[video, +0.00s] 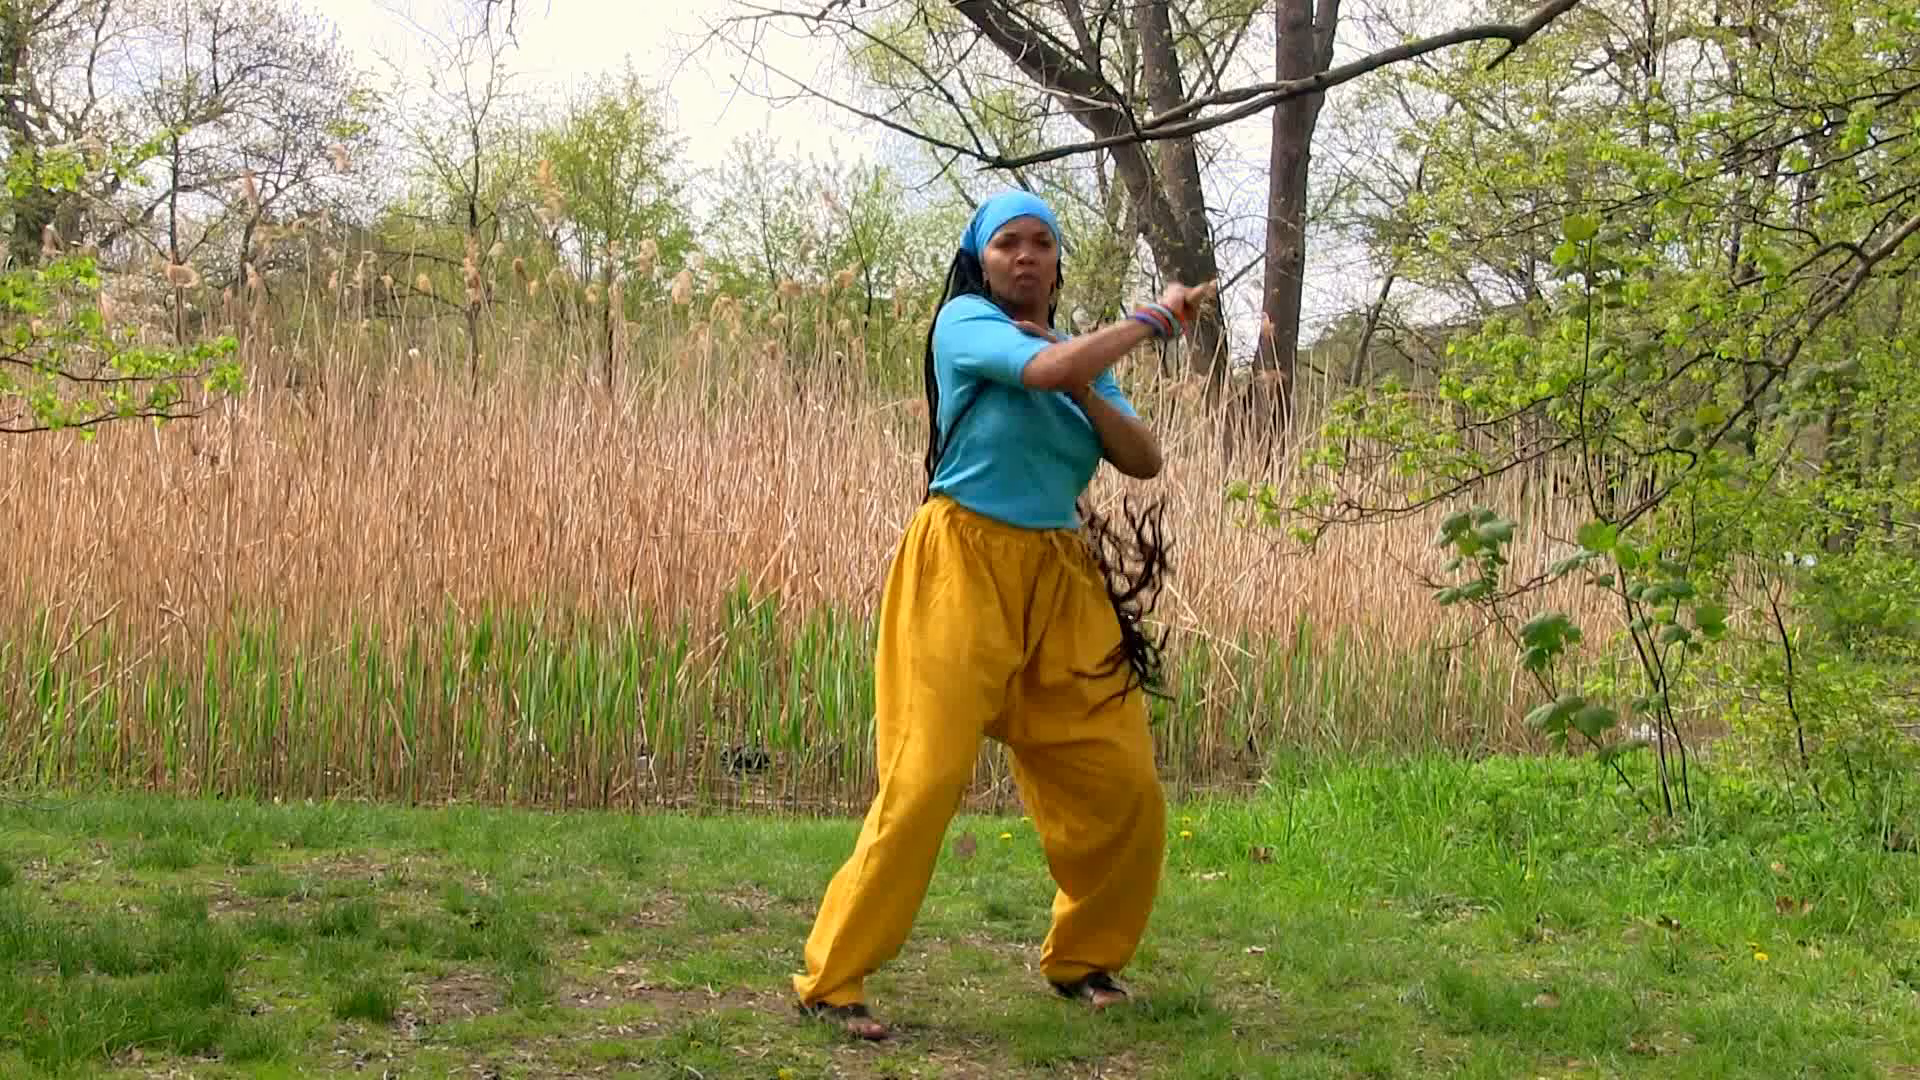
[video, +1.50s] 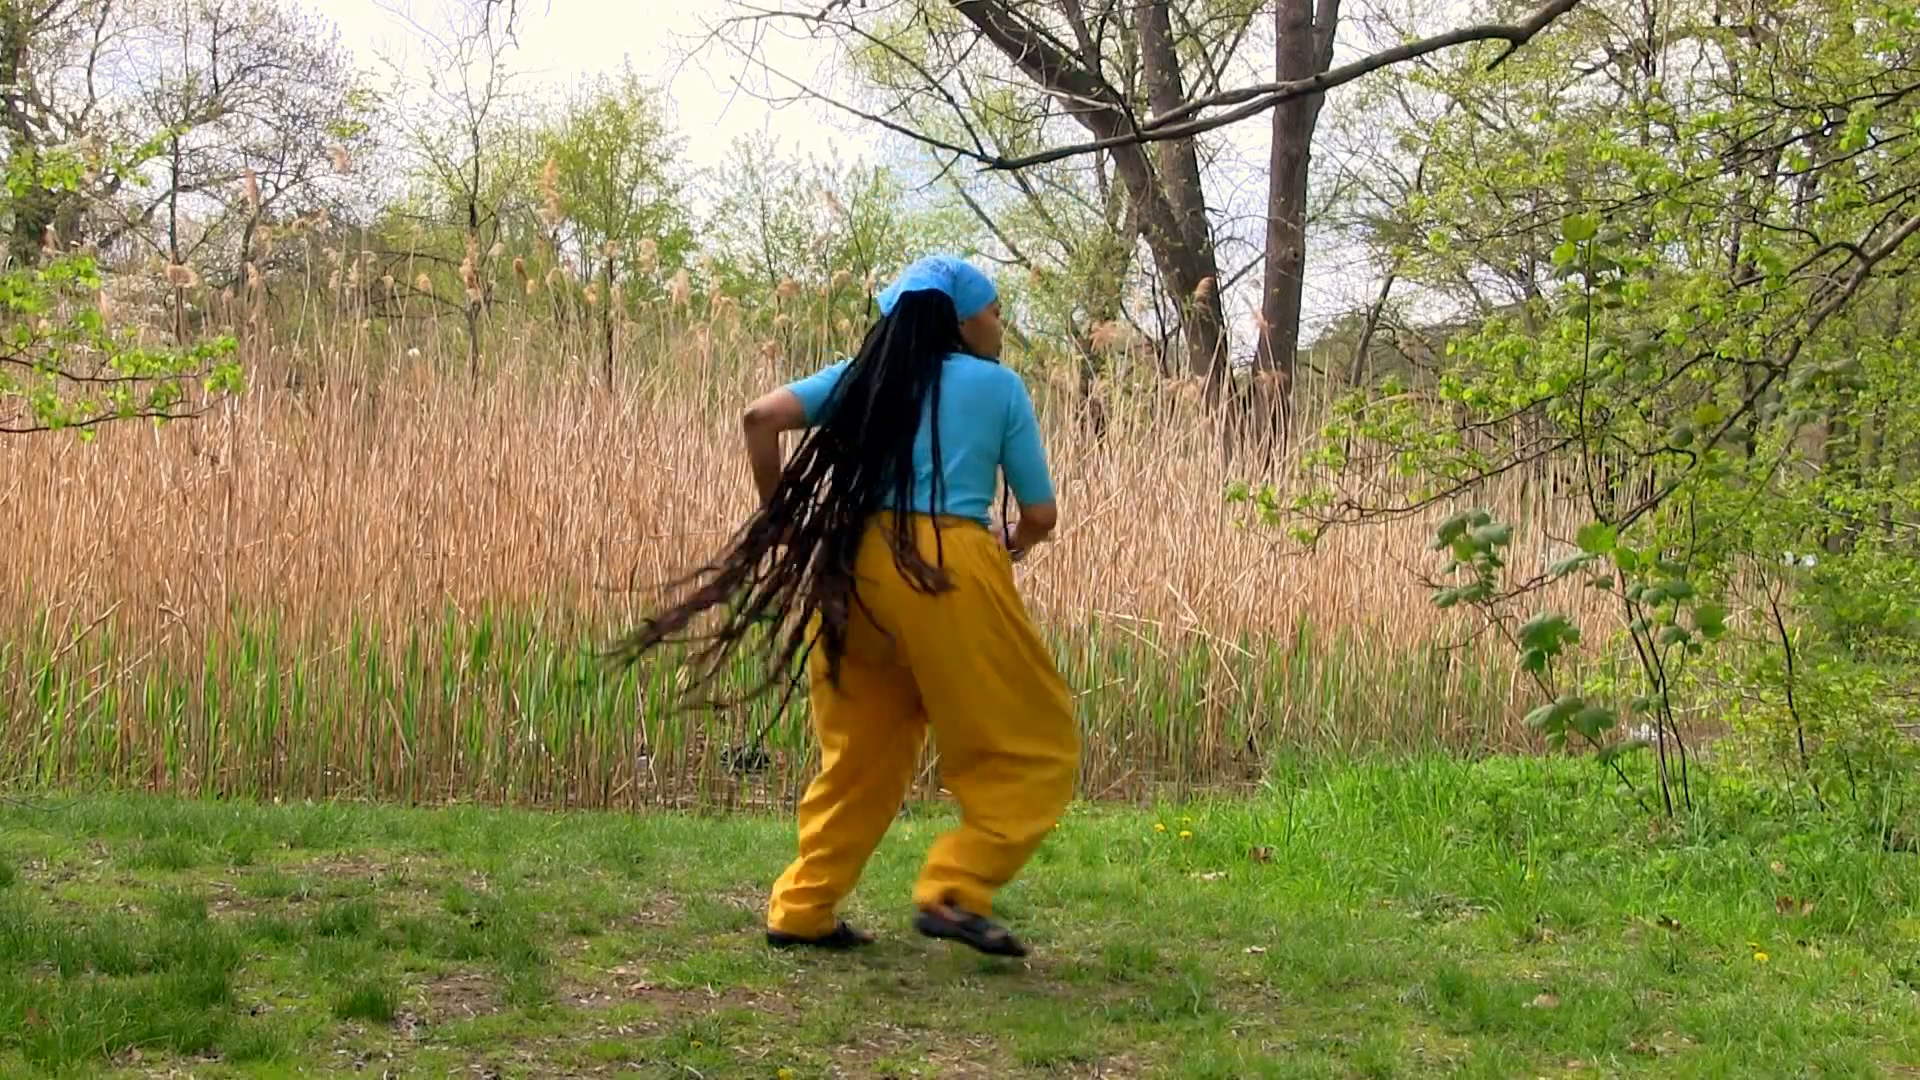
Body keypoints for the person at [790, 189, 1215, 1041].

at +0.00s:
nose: (1028, 256)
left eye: (1041, 244)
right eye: (1010, 244)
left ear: (1061, 263)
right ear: (980, 261)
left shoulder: (1079, 357)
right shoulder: (965, 322)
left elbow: (1145, 459)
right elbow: (1046, 366)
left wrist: (1090, 389)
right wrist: (1145, 320)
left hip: (1061, 572)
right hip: (963, 560)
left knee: (1127, 788)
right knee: (926, 778)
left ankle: (1079, 960)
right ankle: (831, 981)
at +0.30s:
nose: (1033, 230)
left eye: (1050, 220)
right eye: (1019, 222)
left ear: (1089, 243)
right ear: (999, 243)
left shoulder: (1121, 309)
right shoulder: (976, 324)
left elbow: (1078, 279)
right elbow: (941, 440)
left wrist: (983, 224)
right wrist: (912, 453)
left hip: (1087, 552)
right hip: (966, 540)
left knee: (1100, 762)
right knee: (920, 728)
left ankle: (1085, 962)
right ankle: (869, 954)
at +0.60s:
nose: (937, 275)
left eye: (952, 261)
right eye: (924, 268)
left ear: (990, 274)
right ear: (913, 291)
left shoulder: (1034, 343)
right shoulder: (937, 378)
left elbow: (1137, 414)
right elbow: (910, 468)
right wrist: (811, 471)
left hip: (1058, 574)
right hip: (956, 582)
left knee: (1065, 772)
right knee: (906, 770)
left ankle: (1112, 962)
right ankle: (917, 945)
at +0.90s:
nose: (984, 223)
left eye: (984, 210)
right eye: (965, 214)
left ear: (984, 221)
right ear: (915, 238)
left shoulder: (997, 292)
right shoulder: (884, 333)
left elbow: (1000, 393)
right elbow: (915, 465)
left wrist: (1059, 466)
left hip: (1009, 509)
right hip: (912, 526)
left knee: (1078, 686)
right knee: (917, 742)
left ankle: (1042, 886)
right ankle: (899, 934)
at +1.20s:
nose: (1012, 258)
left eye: (1009, 242)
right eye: (1001, 243)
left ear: (925, 251)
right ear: (964, 250)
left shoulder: (875, 313)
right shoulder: (994, 327)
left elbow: (772, 392)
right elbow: (1014, 471)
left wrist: (804, 481)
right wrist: (1005, 515)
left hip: (857, 514)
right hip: (940, 524)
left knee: (890, 711)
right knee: (939, 729)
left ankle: (826, 884)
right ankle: (850, 933)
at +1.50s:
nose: (1001, 322)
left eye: (996, 309)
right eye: (991, 311)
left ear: (917, 319)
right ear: (959, 320)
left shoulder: (868, 371)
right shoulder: (997, 384)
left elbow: (763, 416)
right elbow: (1040, 514)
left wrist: (778, 513)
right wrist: (1012, 544)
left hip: (852, 558)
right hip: (949, 564)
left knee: (862, 741)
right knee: (1038, 743)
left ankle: (802, 909)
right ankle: (956, 890)